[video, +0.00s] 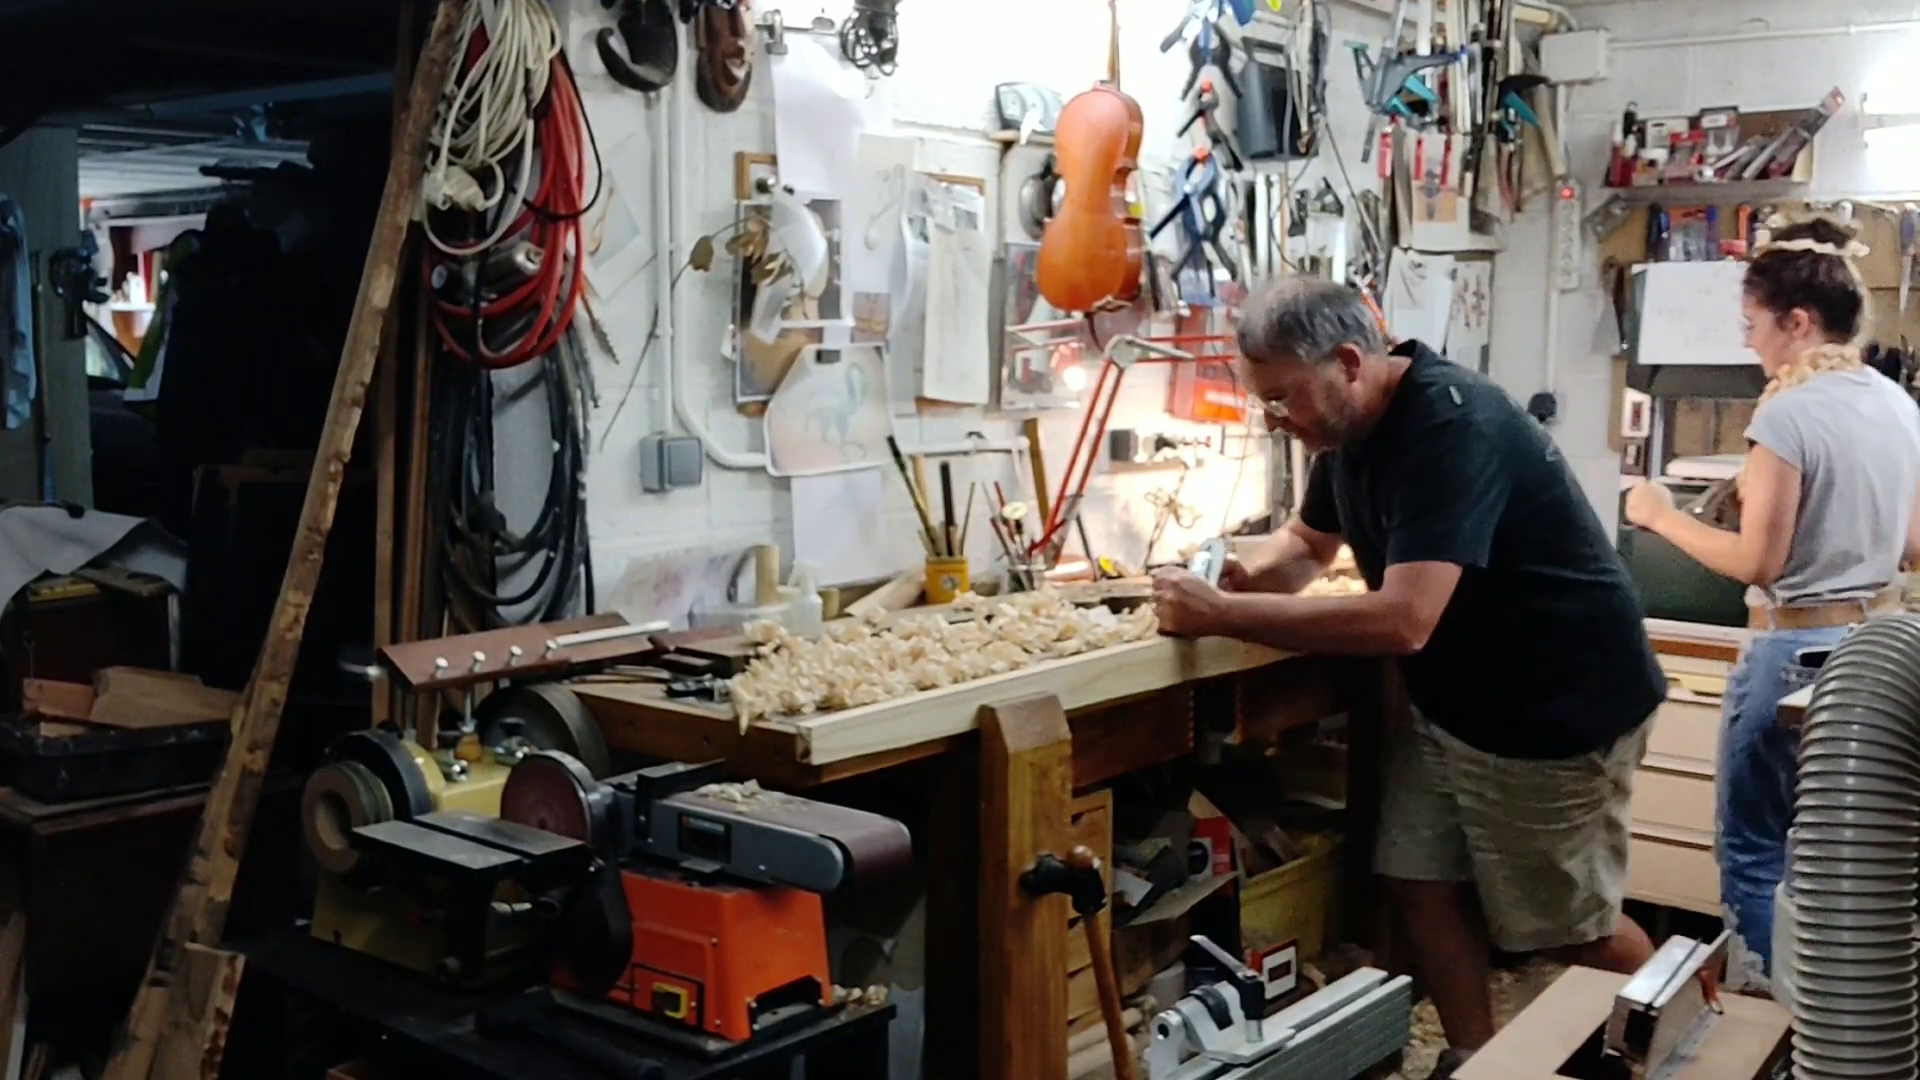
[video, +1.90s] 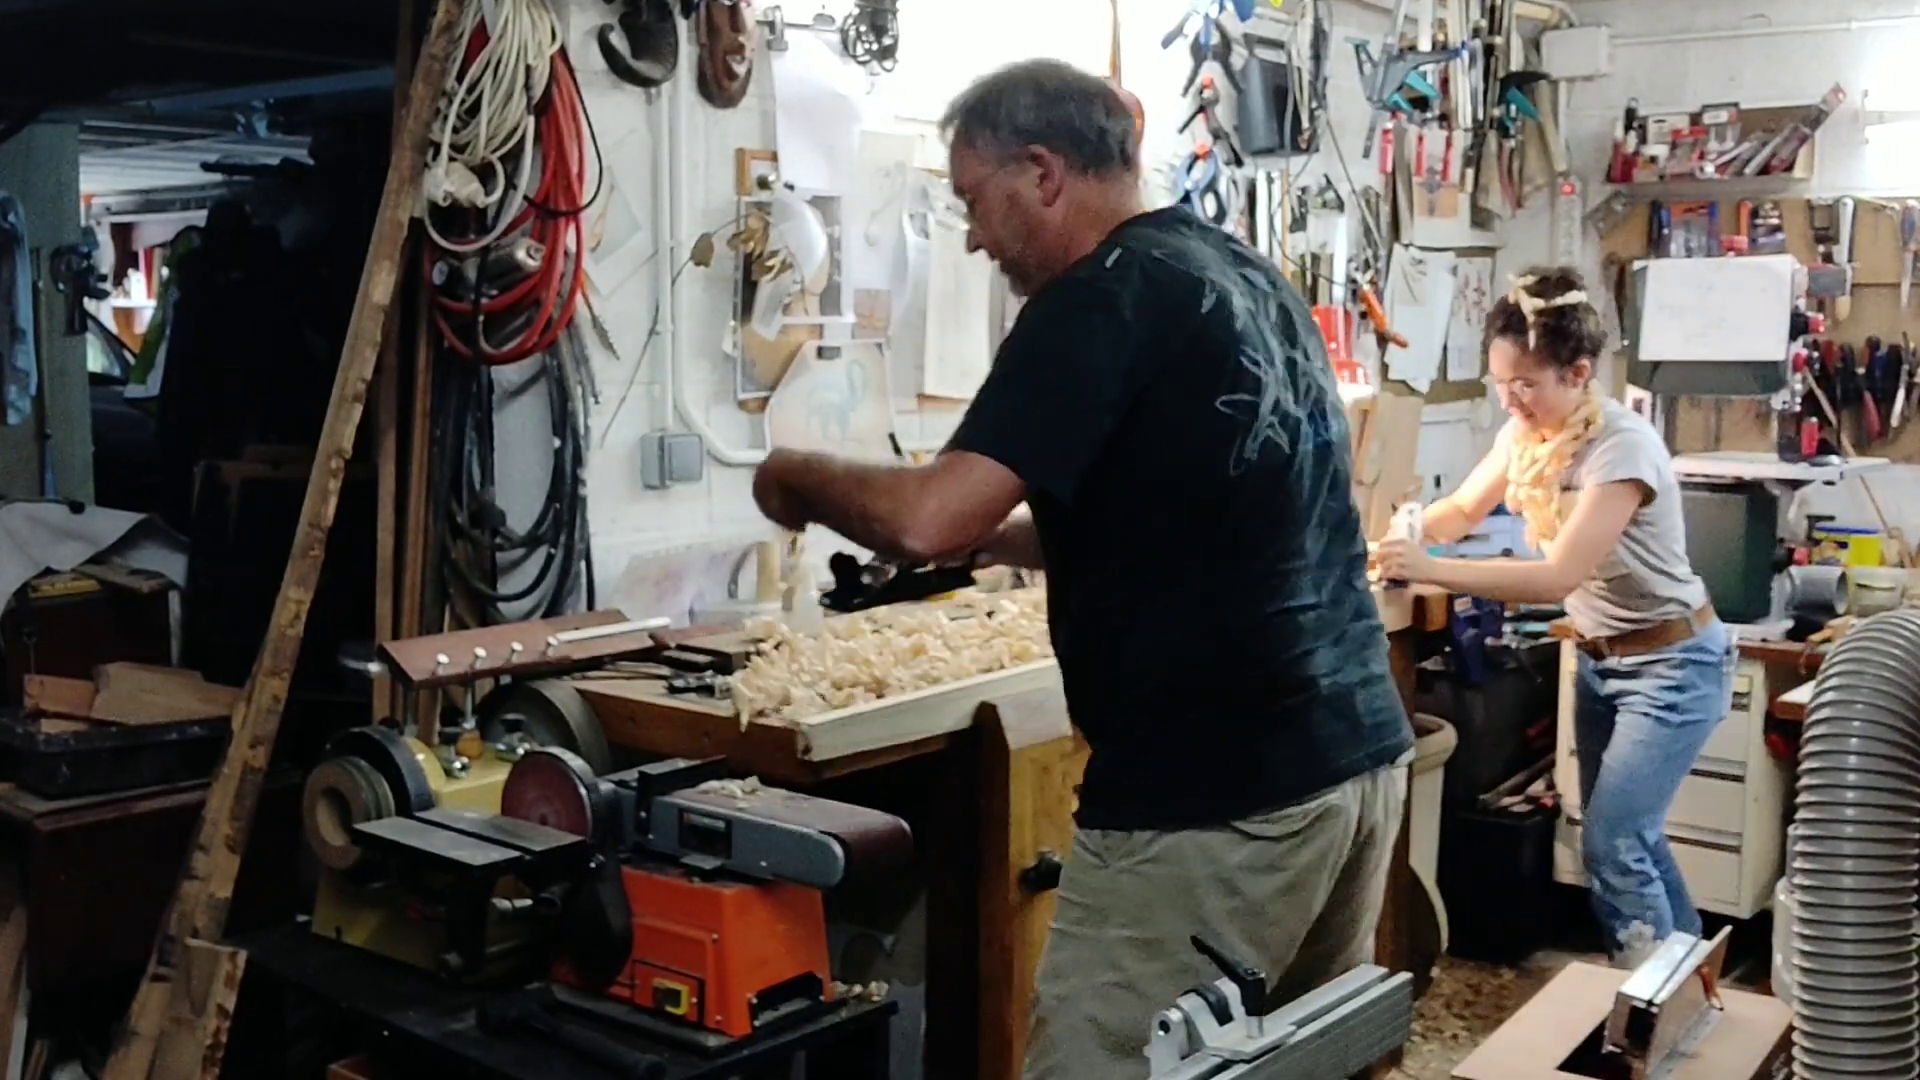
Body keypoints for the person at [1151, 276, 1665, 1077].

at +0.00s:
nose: (1281, 423)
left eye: (1286, 399)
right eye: (1269, 406)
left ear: (1350, 360)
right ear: (1345, 361)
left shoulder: (1453, 423)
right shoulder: (1348, 430)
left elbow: (1403, 620)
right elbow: (1309, 544)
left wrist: (1223, 614)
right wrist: (1247, 575)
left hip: (1560, 714)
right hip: (1452, 702)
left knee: (1571, 928)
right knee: (1423, 884)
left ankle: (1694, 1005)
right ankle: (1473, 1063)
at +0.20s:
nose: (1217, 423)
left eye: (1226, 402)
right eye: (1209, 406)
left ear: (1292, 362)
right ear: (1289, 363)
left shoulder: (1401, 418)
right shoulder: (1294, 428)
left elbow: (1366, 624)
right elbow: (1264, 543)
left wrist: (1179, 622)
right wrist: (1210, 583)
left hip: (1509, 709)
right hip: (1403, 703)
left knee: (1492, 938)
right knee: (1405, 912)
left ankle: (1601, 1049)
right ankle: (1473, 1060)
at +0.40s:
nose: (1174, 422)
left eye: (1181, 400)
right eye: (1164, 404)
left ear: (1249, 360)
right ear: (1243, 361)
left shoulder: (1361, 416)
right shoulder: (1257, 422)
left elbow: (1327, 632)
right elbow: (1228, 543)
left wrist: (1138, 629)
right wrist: (1172, 584)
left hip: (1488, 688)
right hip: (1401, 690)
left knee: (1424, 927)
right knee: (1410, 919)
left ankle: (1449, 1079)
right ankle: (1468, 1067)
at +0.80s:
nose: (1073, 420)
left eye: (1080, 394)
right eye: (1062, 401)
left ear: (1153, 353)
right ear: (1152, 354)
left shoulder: (1272, 413)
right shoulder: (1180, 415)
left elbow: (1225, 655)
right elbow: (1145, 558)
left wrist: (1020, 661)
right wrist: (1073, 613)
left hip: (1415, 730)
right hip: (1329, 726)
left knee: (1305, 975)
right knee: (1351, 952)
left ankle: (1422, 1063)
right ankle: (1437, 1065)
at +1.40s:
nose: (946, 419)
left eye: (952, 391)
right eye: (936, 397)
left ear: (1029, 346)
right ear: (1031, 346)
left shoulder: (1156, 413)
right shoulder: (1080, 410)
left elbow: (1087, 678)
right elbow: (1046, 579)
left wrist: (865, 693)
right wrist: (946, 638)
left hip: (1312, 763)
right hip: (1237, 753)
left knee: (1226, 1042)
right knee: (1211, 1029)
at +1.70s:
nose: (910, 324)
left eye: (912, 290)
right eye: (901, 297)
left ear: (990, 254)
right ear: (997, 253)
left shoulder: (1095, 348)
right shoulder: (1138, 325)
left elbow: (974, 582)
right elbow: (1063, 577)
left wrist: (777, 584)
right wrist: (879, 603)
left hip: (1239, 797)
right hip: (1317, 767)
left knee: (1106, 1064)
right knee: (1275, 1052)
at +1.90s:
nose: (974, 238)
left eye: (974, 200)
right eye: (965, 207)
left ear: (1044, 175)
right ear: (1057, 175)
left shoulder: (1104, 293)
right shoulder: (1242, 274)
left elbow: (933, 518)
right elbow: (1172, 533)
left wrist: (796, 478)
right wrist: (975, 540)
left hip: (1208, 784)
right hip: (1358, 757)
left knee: (1098, 1065)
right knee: (1305, 1058)